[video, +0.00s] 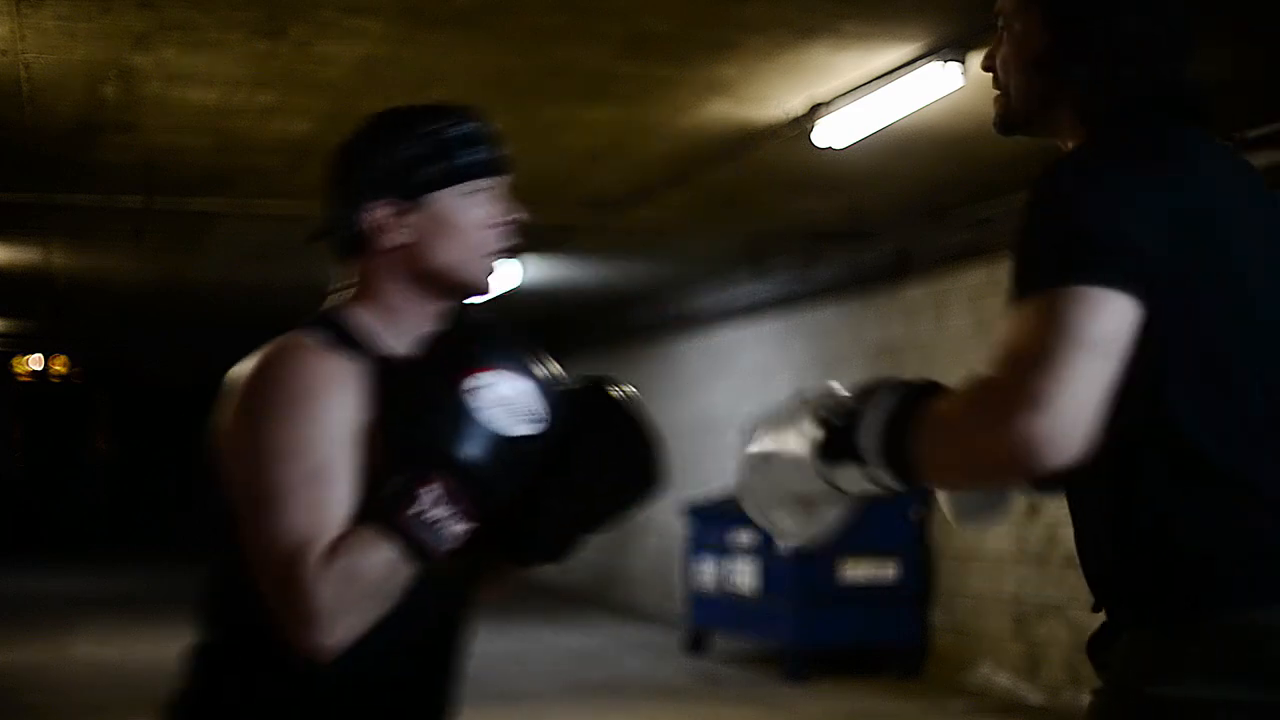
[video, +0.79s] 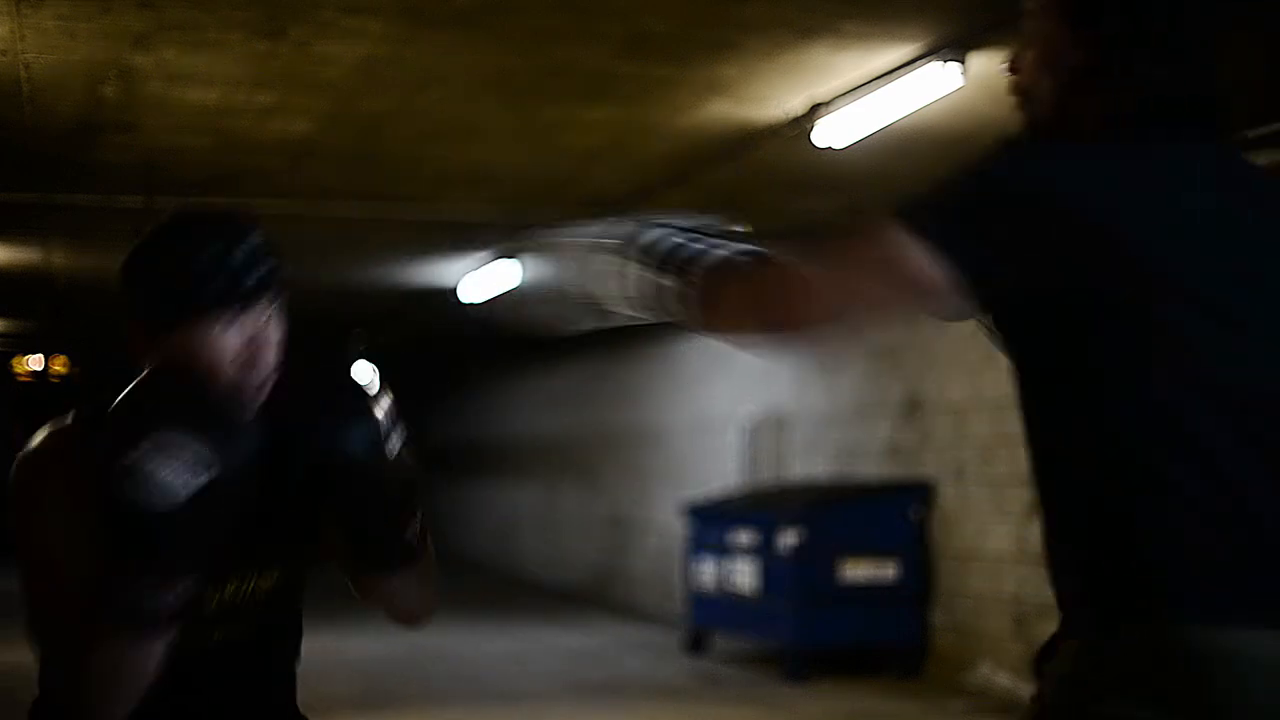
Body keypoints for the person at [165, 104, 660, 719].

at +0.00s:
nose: (512, 216)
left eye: (503, 194)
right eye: (481, 195)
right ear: (390, 224)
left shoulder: (449, 369)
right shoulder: (302, 375)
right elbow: (317, 615)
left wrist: (547, 499)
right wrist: (459, 483)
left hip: (399, 709)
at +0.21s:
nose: (343, 273)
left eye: (334, 252)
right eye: (309, 251)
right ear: (221, 283)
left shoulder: (280, 420)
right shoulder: (121, 430)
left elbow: (321, 632)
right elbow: (162, 665)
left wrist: (398, 528)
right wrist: (281, 528)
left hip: (230, 719)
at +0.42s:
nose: (339, 266)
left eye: (334, 246)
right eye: (308, 243)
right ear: (221, 267)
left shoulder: (272, 397)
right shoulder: (133, 389)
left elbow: (367, 599)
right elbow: (208, 603)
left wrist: (408, 458)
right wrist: (301, 445)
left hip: (216, 706)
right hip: (99, 713)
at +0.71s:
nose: (334, 297)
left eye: (329, 269)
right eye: (300, 270)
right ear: (213, 291)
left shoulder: (282, 412)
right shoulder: (100, 425)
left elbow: (376, 588)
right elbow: (169, 650)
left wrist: (397, 448)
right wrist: (254, 488)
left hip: (251, 709)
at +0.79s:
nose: (261, 342)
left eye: (270, 313)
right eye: (229, 321)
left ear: (283, 314)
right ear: (166, 336)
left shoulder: (296, 433)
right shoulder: (77, 464)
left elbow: (412, 604)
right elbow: (93, 696)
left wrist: (376, 467)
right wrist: (151, 538)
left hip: (264, 704)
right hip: (132, 714)